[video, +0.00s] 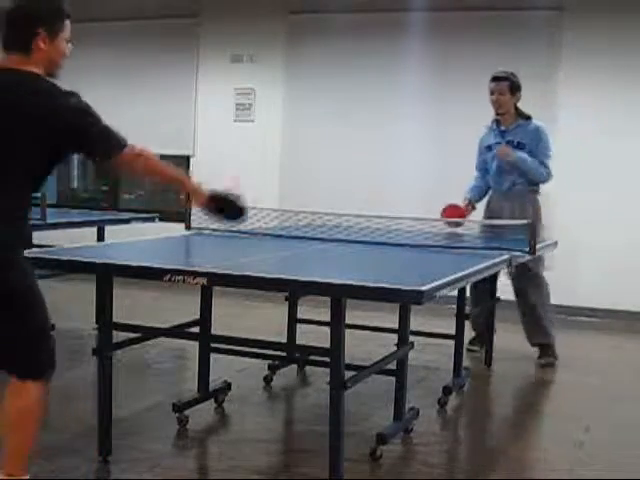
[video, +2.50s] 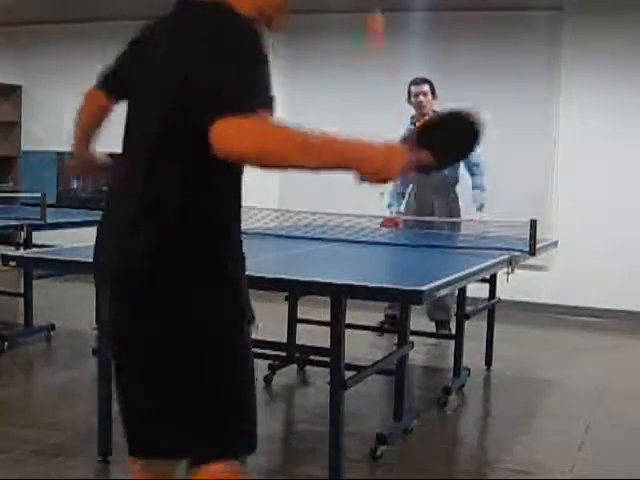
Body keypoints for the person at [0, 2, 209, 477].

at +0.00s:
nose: (67, 51)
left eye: (69, 41)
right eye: (65, 41)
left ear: (15, 39)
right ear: (40, 41)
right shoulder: (52, 102)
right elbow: (126, 158)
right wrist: (190, 187)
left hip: (5, 253)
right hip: (3, 254)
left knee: (24, 360)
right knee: (30, 364)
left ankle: (11, 468)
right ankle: (11, 472)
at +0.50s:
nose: (67, 35)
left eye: (67, 25)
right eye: (67, 26)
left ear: (10, 19)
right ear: (55, 27)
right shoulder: (65, 98)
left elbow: (66, 191)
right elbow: (67, 192)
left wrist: (47, 207)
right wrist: (43, 215)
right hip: (24, 250)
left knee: (43, 364)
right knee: (43, 367)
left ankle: (18, 469)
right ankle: (19, 471)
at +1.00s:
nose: (78, 34)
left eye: (77, 25)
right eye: (78, 24)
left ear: (19, 23)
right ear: (67, 23)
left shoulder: (4, 65)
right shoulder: (65, 77)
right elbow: (80, 153)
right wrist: (114, 196)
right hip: (20, 244)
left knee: (17, 365)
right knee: (22, 373)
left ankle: (12, 465)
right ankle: (10, 471)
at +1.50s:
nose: (115, 51)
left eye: (114, 41)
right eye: (113, 42)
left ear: (59, 44)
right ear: (101, 45)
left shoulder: (21, 98)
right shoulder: (87, 100)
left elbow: (22, 182)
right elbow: (76, 182)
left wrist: (116, 218)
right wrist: (125, 225)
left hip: (9, 268)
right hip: (48, 273)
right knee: (106, 381)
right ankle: (96, 472)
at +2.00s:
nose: (208, 42)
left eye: (210, 29)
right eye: (205, 26)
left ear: (170, 22)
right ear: (172, 20)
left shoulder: (142, 90)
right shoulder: (129, 90)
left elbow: (117, 187)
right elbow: (96, 183)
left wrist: (166, 207)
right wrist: (120, 270)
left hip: (96, 274)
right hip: (98, 275)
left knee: (108, 377)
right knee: (197, 389)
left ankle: (70, 469)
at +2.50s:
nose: (290, 8)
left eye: (290, 2)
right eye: (287, 0)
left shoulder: (163, 29)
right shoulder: (231, 34)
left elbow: (96, 100)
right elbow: (235, 135)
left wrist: (80, 154)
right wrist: (360, 154)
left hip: (127, 267)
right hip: (194, 273)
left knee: (149, 446)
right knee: (221, 449)